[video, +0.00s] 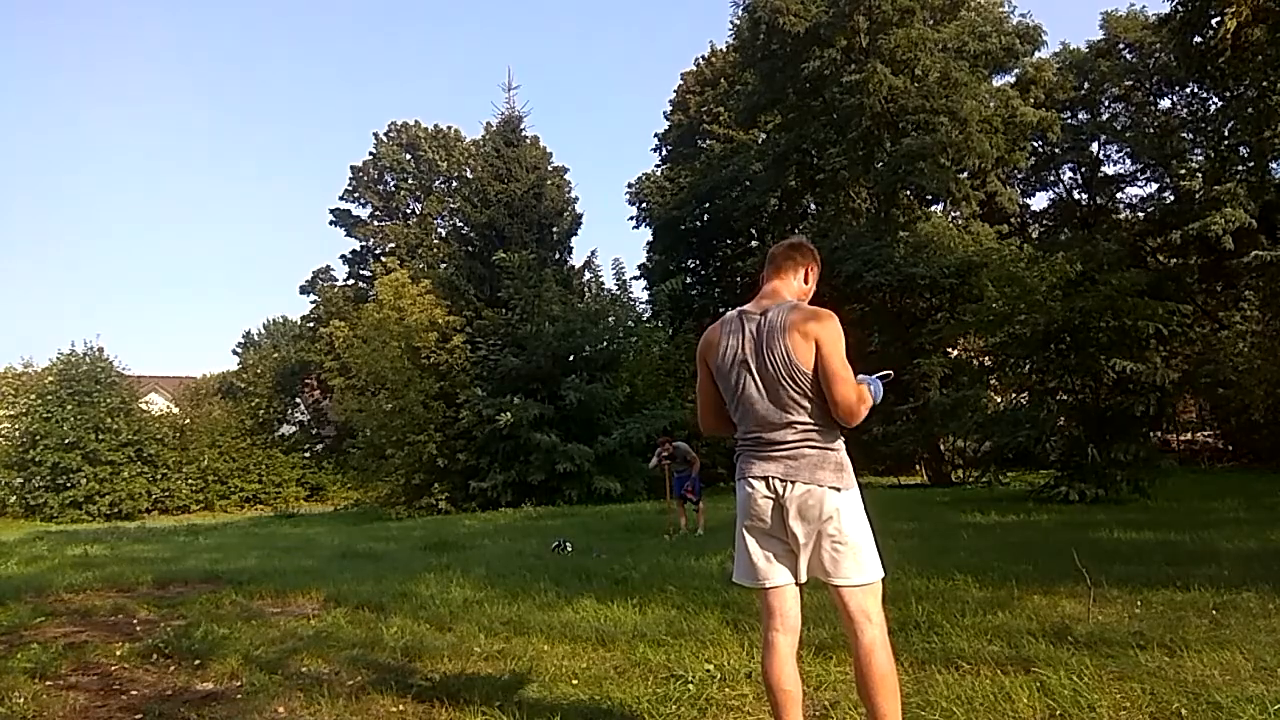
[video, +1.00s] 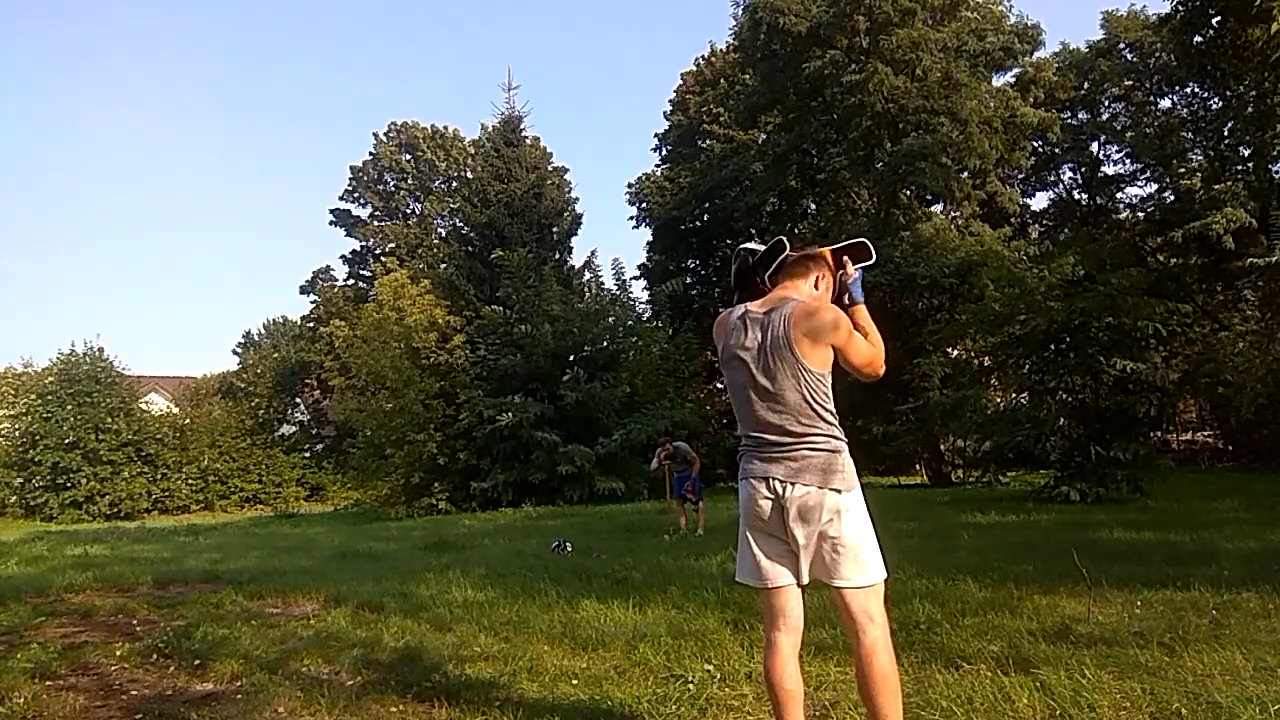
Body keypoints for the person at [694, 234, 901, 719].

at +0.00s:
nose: (814, 290)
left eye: (813, 283)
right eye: (815, 282)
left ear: (764, 275)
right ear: (806, 277)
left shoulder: (713, 336)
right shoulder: (818, 321)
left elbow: (712, 424)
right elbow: (848, 411)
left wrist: (764, 412)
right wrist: (866, 391)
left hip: (755, 489)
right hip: (823, 486)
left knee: (778, 629)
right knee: (867, 625)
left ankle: (789, 719)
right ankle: (887, 716)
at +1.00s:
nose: (833, 291)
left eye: (834, 284)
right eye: (833, 283)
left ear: (777, 278)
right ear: (821, 279)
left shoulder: (727, 325)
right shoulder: (822, 317)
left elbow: (757, 314)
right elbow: (874, 363)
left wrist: (807, 267)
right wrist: (854, 299)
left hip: (757, 484)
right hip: (826, 483)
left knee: (780, 630)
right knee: (869, 626)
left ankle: (791, 718)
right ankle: (888, 717)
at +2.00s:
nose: (839, 275)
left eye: (835, 265)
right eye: (832, 266)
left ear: (783, 277)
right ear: (815, 269)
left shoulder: (751, 324)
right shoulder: (851, 315)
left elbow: (768, 319)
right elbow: (925, 351)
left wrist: (825, 295)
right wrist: (888, 298)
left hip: (783, 480)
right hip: (854, 479)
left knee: (793, 627)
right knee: (882, 628)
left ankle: (795, 719)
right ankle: (895, 717)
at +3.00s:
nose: (866, 271)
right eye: (863, 264)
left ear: (800, 273)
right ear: (856, 266)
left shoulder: (769, 322)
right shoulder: (874, 309)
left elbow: (774, 323)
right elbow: (920, 375)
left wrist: (810, 287)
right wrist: (879, 302)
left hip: (801, 484)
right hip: (873, 482)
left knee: (803, 632)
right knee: (893, 634)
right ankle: (901, 718)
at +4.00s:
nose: (895, 282)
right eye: (892, 273)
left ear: (837, 275)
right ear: (884, 276)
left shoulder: (799, 329)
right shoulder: (898, 311)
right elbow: (969, 360)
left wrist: (848, 289)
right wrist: (924, 301)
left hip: (829, 478)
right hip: (897, 477)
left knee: (839, 611)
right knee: (910, 631)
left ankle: (810, 714)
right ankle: (908, 718)